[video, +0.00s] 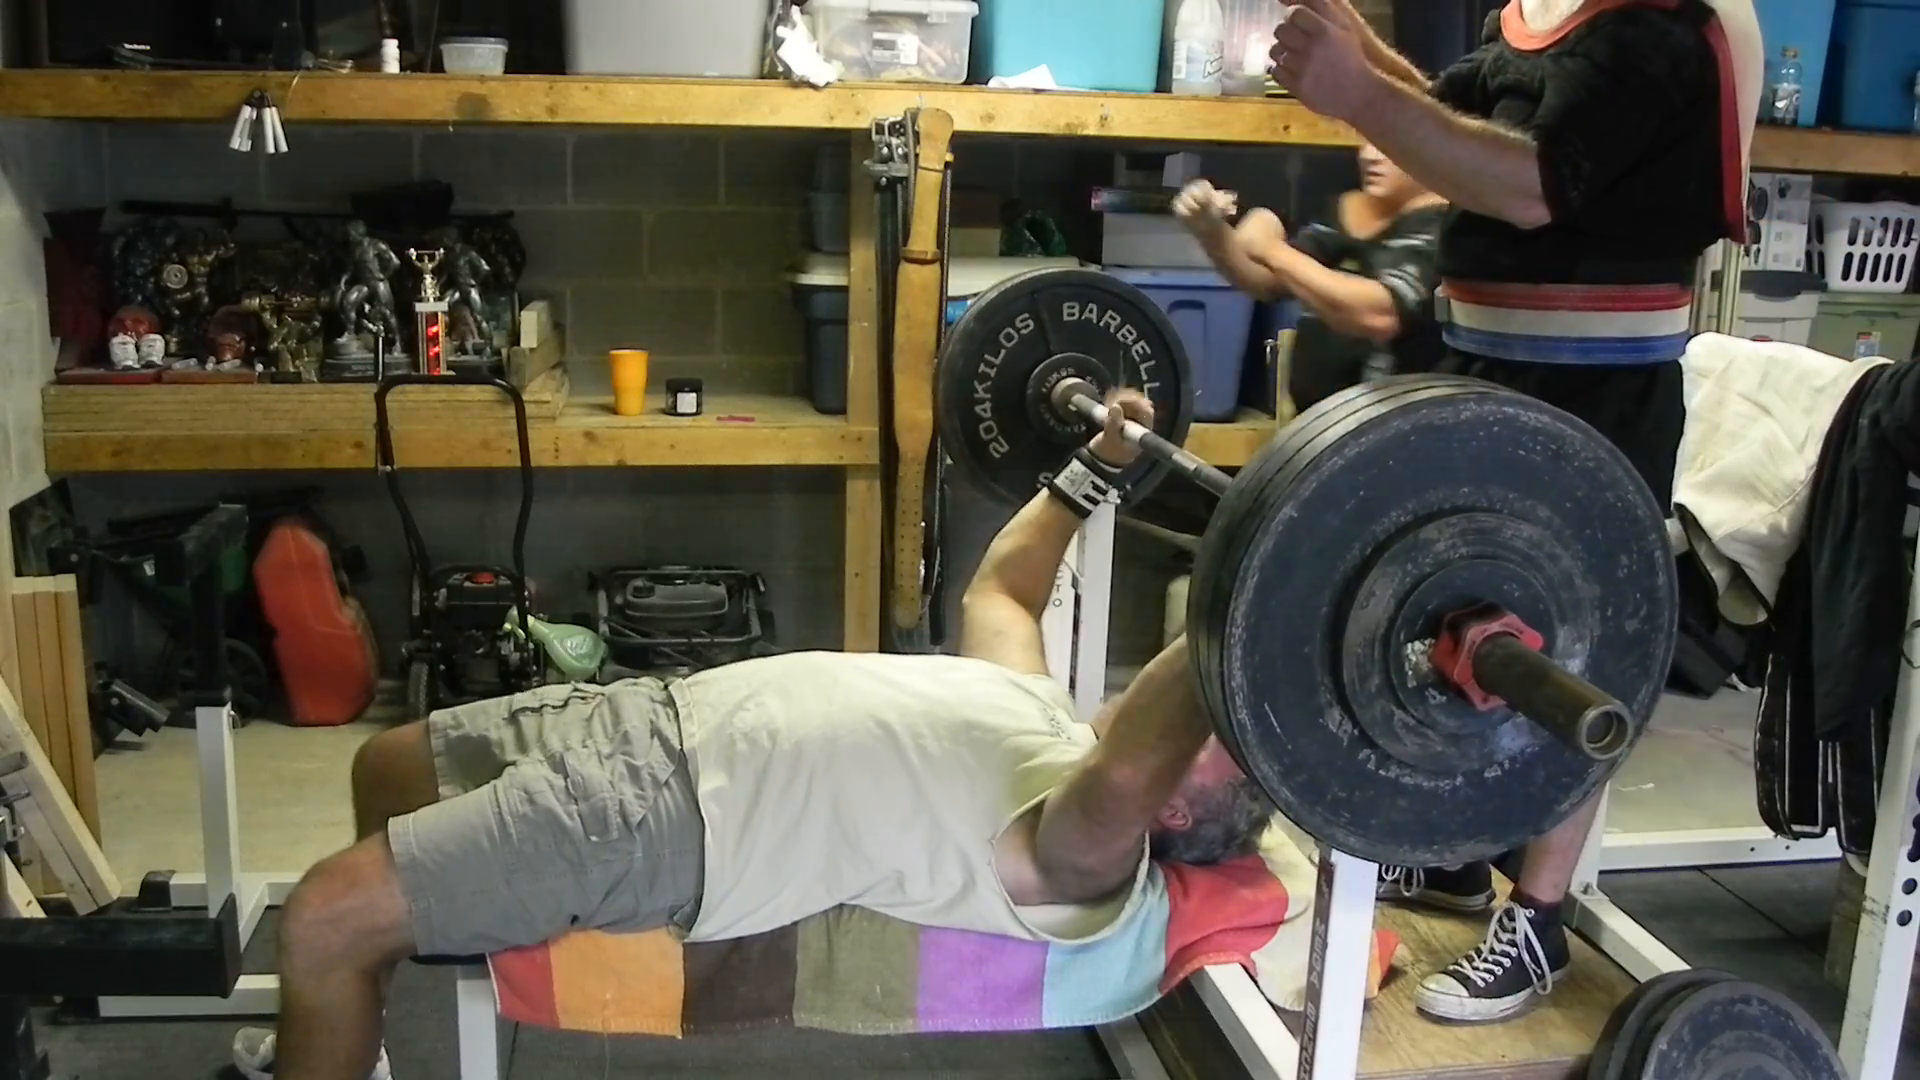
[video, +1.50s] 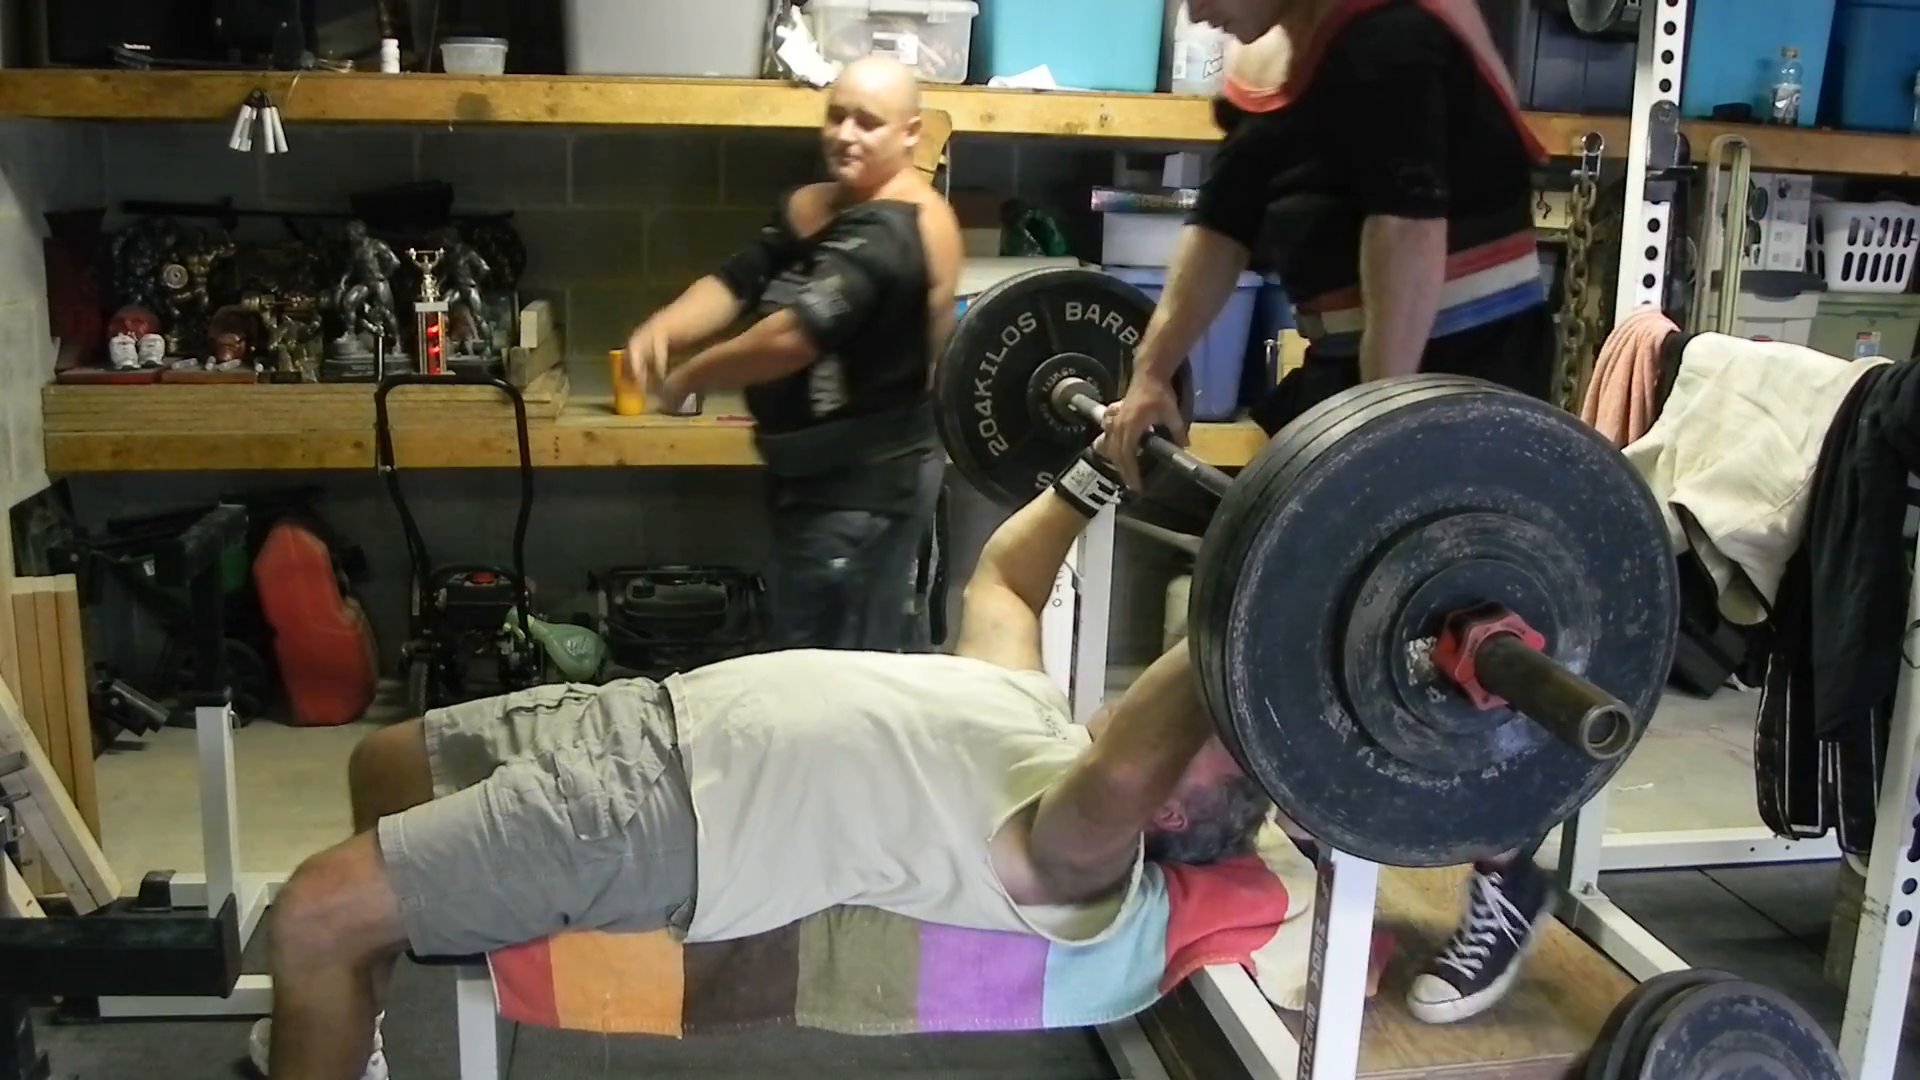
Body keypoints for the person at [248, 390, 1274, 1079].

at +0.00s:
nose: (1191, 734)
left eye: (1220, 744)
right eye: (1207, 720)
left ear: (1214, 801)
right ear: (1184, 736)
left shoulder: (1080, 853)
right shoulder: (1026, 714)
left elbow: (1143, 753)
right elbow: (1008, 588)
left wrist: (1258, 608)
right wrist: (1091, 469)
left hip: (667, 818)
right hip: (648, 709)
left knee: (325, 921)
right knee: (386, 766)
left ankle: (331, 1065)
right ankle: (407, 991)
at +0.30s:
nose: (1185, 727)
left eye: (1211, 746)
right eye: (1202, 721)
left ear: (1202, 806)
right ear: (1176, 737)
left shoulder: (1075, 848)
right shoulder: (1023, 709)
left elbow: (1150, 755)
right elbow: (1013, 585)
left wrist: (1263, 602)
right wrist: (1110, 460)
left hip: (666, 818)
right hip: (643, 711)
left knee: (324, 919)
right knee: (384, 768)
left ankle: (316, 1064)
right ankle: (383, 993)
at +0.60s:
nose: (1192, 733)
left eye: (1223, 744)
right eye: (1209, 719)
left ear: (1215, 805)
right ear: (1184, 733)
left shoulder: (1096, 857)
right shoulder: (1039, 718)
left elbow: (1131, 763)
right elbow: (1014, 584)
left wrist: (1242, 616)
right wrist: (1096, 474)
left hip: (672, 819)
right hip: (658, 714)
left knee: (333, 915)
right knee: (395, 768)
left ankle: (313, 1070)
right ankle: (342, 1024)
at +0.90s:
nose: (1203, 739)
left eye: (1229, 750)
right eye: (1215, 721)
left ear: (1230, 801)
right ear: (1193, 725)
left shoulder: (1118, 826)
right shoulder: (1058, 708)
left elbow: (1143, 744)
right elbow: (1007, 575)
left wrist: (1252, 610)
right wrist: (1092, 473)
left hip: (691, 813)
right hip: (672, 710)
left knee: (347, 909)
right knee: (403, 769)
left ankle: (320, 1075)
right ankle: (332, 1039)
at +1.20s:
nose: (1194, 740)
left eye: (1226, 757)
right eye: (1208, 724)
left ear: (1216, 827)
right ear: (1178, 726)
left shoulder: (1081, 860)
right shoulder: (1024, 712)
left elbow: (1137, 754)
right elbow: (1005, 574)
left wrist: (1259, 606)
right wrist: (1092, 468)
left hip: (674, 819)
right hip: (658, 710)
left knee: (330, 912)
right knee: (390, 768)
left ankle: (318, 1069)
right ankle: (394, 992)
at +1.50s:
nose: (1187, 733)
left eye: (1221, 750)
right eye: (1207, 723)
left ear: (1214, 816)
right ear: (1183, 730)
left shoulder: (1079, 872)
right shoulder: (1033, 715)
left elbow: (1122, 769)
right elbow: (1006, 579)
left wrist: (1244, 620)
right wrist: (1104, 467)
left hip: (654, 814)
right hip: (637, 711)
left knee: (313, 913)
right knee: (383, 766)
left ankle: (330, 1061)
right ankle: (379, 1007)